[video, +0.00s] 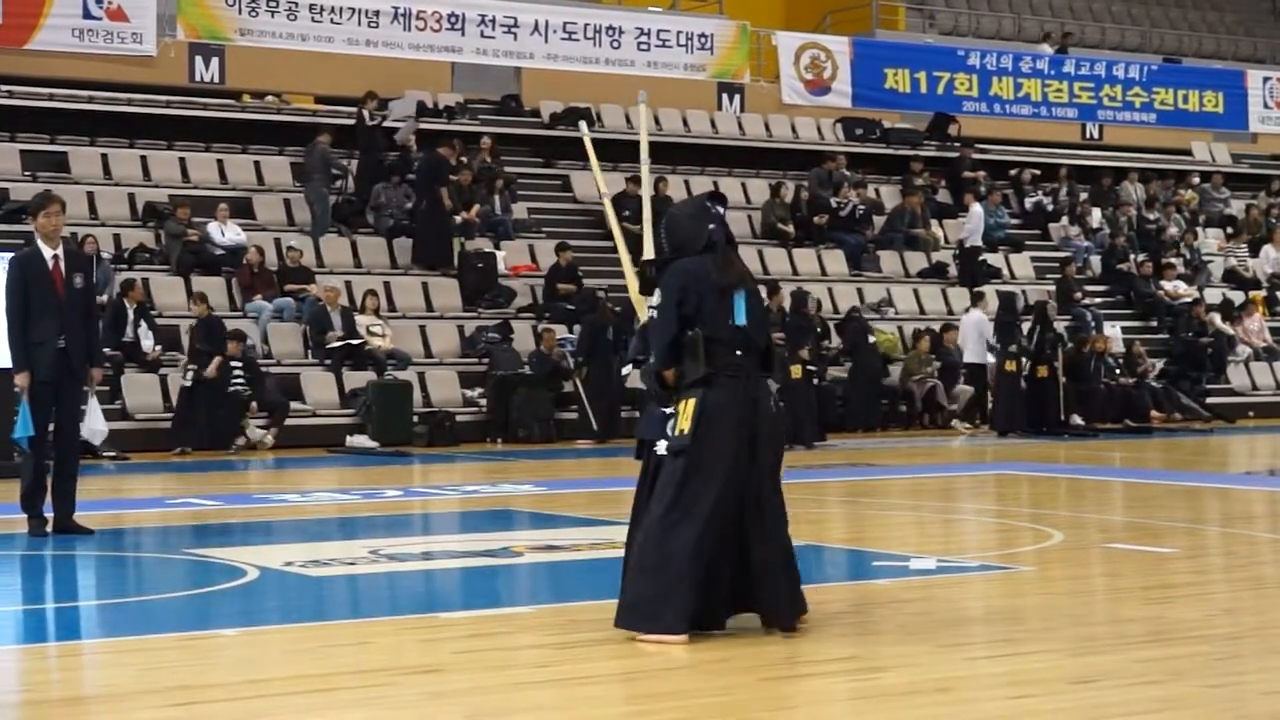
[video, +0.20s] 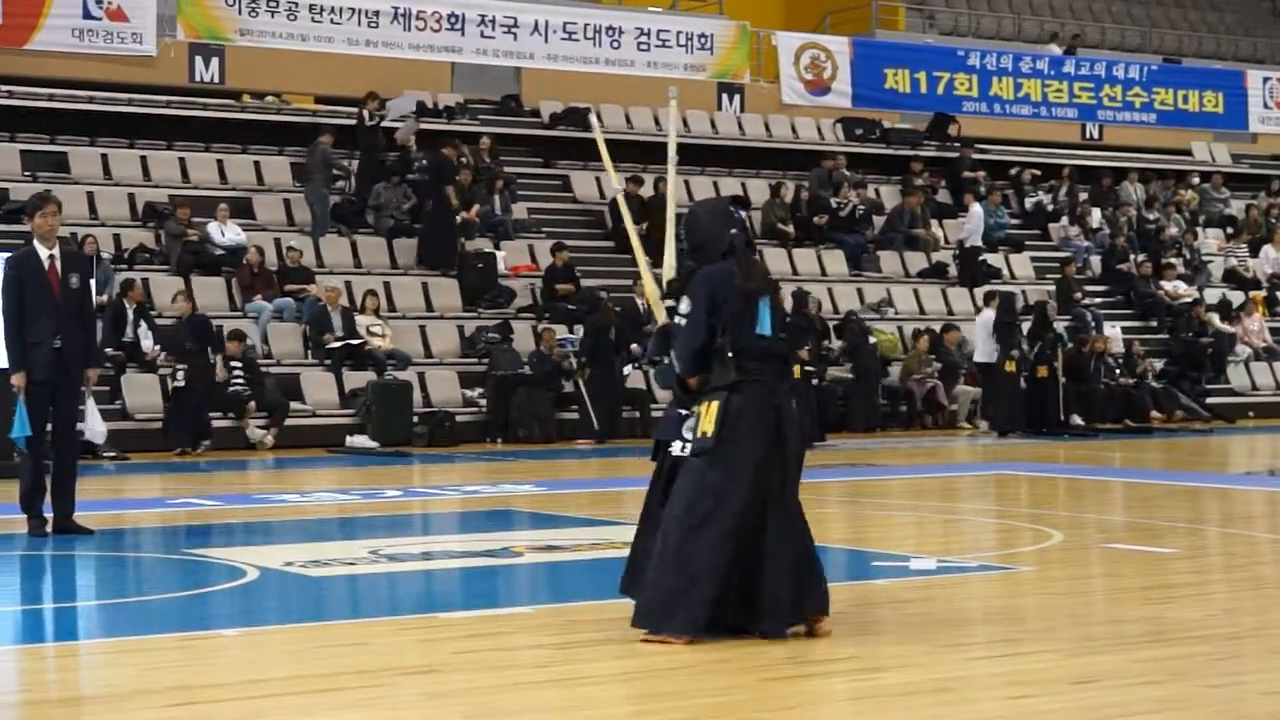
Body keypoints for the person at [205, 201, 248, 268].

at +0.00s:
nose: (224, 213)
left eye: (226, 210)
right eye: (221, 210)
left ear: (229, 213)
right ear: (216, 213)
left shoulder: (234, 226)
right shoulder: (211, 226)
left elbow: (244, 240)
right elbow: (218, 241)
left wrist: (227, 239)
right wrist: (238, 244)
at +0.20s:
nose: (224, 213)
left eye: (226, 210)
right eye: (221, 210)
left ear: (229, 213)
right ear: (216, 213)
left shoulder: (234, 226)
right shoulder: (211, 226)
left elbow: (244, 240)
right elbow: (218, 242)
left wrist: (227, 238)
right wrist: (238, 244)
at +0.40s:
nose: (224, 214)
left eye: (226, 211)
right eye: (221, 211)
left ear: (229, 213)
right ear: (216, 214)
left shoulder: (234, 227)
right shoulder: (211, 226)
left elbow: (244, 240)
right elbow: (218, 242)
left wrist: (227, 239)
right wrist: (239, 244)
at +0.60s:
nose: (224, 214)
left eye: (226, 211)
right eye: (221, 211)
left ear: (229, 213)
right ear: (216, 214)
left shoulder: (234, 226)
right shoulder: (212, 226)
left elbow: (244, 240)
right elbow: (219, 242)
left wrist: (227, 239)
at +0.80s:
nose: (224, 214)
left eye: (226, 211)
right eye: (221, 211)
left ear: (229, 213)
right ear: (216, 214)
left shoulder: (234, 226)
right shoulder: (212, 226)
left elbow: (244, 240)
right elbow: (219, 242)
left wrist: (227, 239)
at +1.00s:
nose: (225, 214)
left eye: (227, 211)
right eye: (222, 211)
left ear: (230, 213)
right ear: (217, 214)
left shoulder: (234, 226)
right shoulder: (212, 226)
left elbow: (244, 240)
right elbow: (219, 242)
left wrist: (227, 239)